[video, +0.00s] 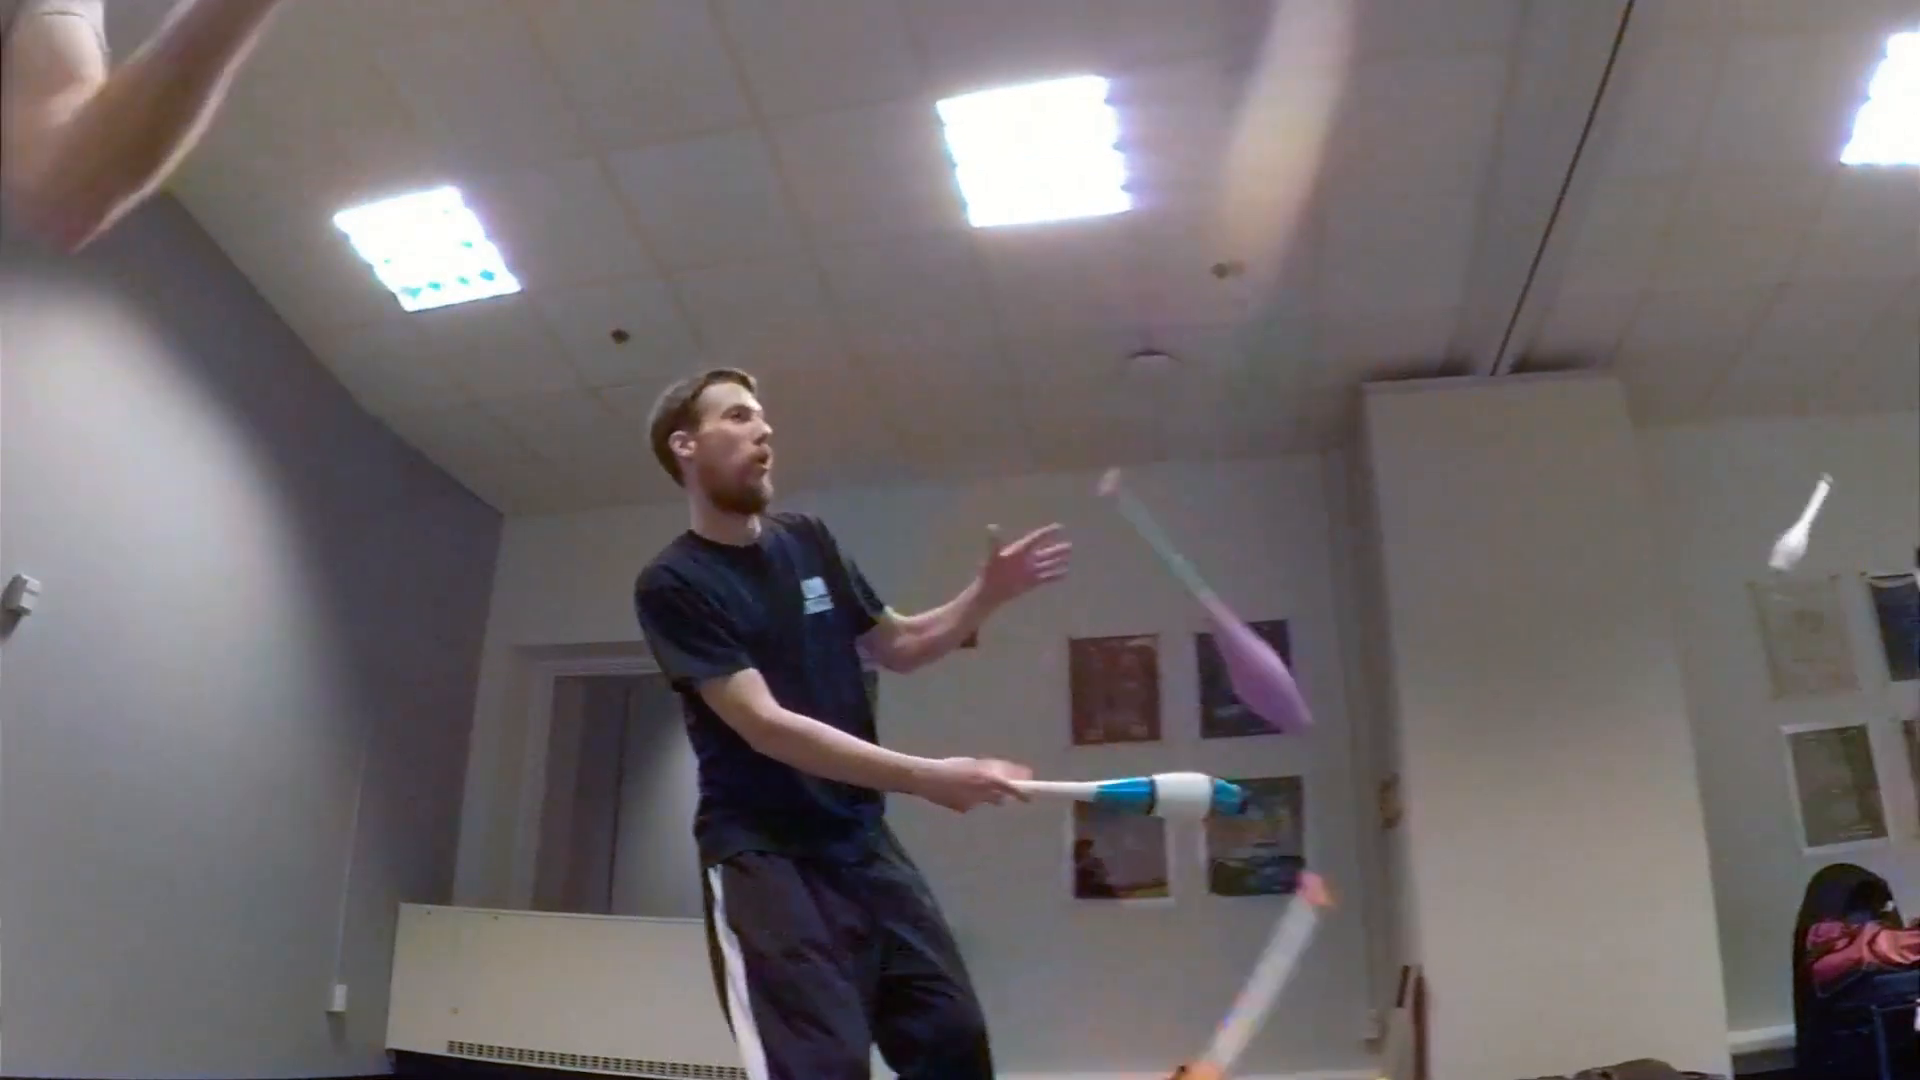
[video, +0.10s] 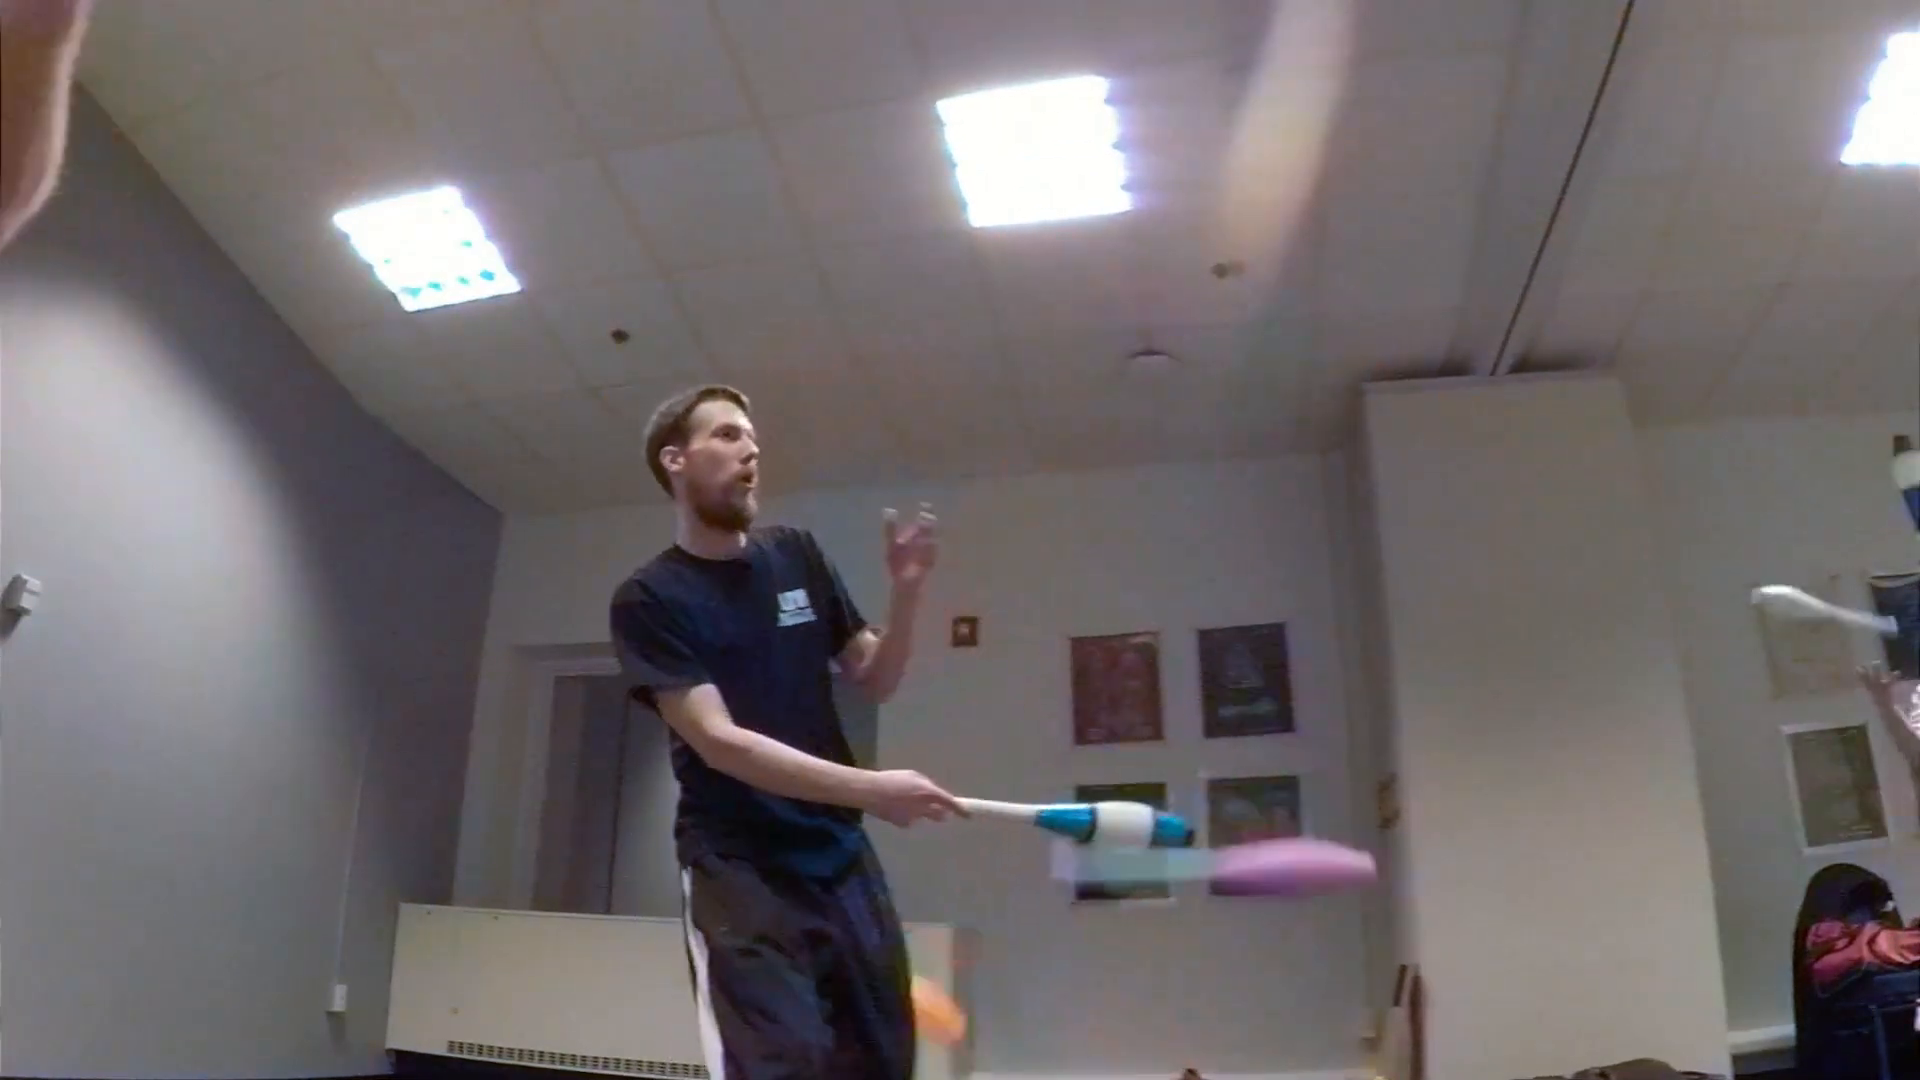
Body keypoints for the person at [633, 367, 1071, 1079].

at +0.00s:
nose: (763, 429)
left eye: (761, 416)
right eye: (736, 417)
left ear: (770, 437)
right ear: (682, 448)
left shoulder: (805, 539)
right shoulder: (674, 583)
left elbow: (893, 647)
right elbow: (761, 723)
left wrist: (985, 594)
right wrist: (926, 775)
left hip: (860, 841)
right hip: (762, 855)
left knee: (951, 1040)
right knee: (822, 1059)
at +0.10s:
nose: (750, 450)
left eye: (750, 437)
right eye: (725, 436)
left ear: (758, 455)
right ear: (672, 462)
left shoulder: (794, 552)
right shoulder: (649, 598)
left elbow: (874, 678)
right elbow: (717, 741)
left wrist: (907, 590)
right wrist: (870, 789)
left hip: (841, 857)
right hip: (743, 870)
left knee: (882, 1056)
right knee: (784, 1060)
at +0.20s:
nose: (745, 467)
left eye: (749, 456)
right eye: (724, 452)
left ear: (755, 477)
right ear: (673, 474)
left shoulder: (791, 571)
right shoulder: (640, 605)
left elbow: (863, 697)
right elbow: (676, 749)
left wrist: (836, 580)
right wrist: (807, 807)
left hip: (805, 860)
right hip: (704, 867)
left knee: (811, 1061)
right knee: (719, 1057)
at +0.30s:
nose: (744, 484)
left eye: (751, 474)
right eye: (725, 469)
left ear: (758, 492)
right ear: (675, 481)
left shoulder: (772, 583)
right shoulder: (625, 602)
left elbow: (837, 693)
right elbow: (640, 744)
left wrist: (791, 569)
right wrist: (746, 822)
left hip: (776, 865)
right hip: (667, 869)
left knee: (800, 1050)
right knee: (666, 1039)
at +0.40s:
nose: (728, 492)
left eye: (738, 482)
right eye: (714, 475)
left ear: (744, 500)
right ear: (667, 480)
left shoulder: (747, 591)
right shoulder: (606, 589)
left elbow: (798, 696)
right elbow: (598, 728)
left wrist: (760, 568)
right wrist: (677, 823)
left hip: (745, 861)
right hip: (637, 861)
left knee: (774, 1051)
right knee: (624, 1055)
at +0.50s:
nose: (707, 501)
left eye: (716, 491)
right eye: (693, 483)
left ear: (720, 507)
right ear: (646, 485)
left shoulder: (715, 599)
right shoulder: (581, 583)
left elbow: (759, 705)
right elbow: (556, 721)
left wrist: (733, 582)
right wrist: (614, 828)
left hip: (706, 866)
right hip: (601, 865)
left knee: (748, 1051)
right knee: (584, 1057)